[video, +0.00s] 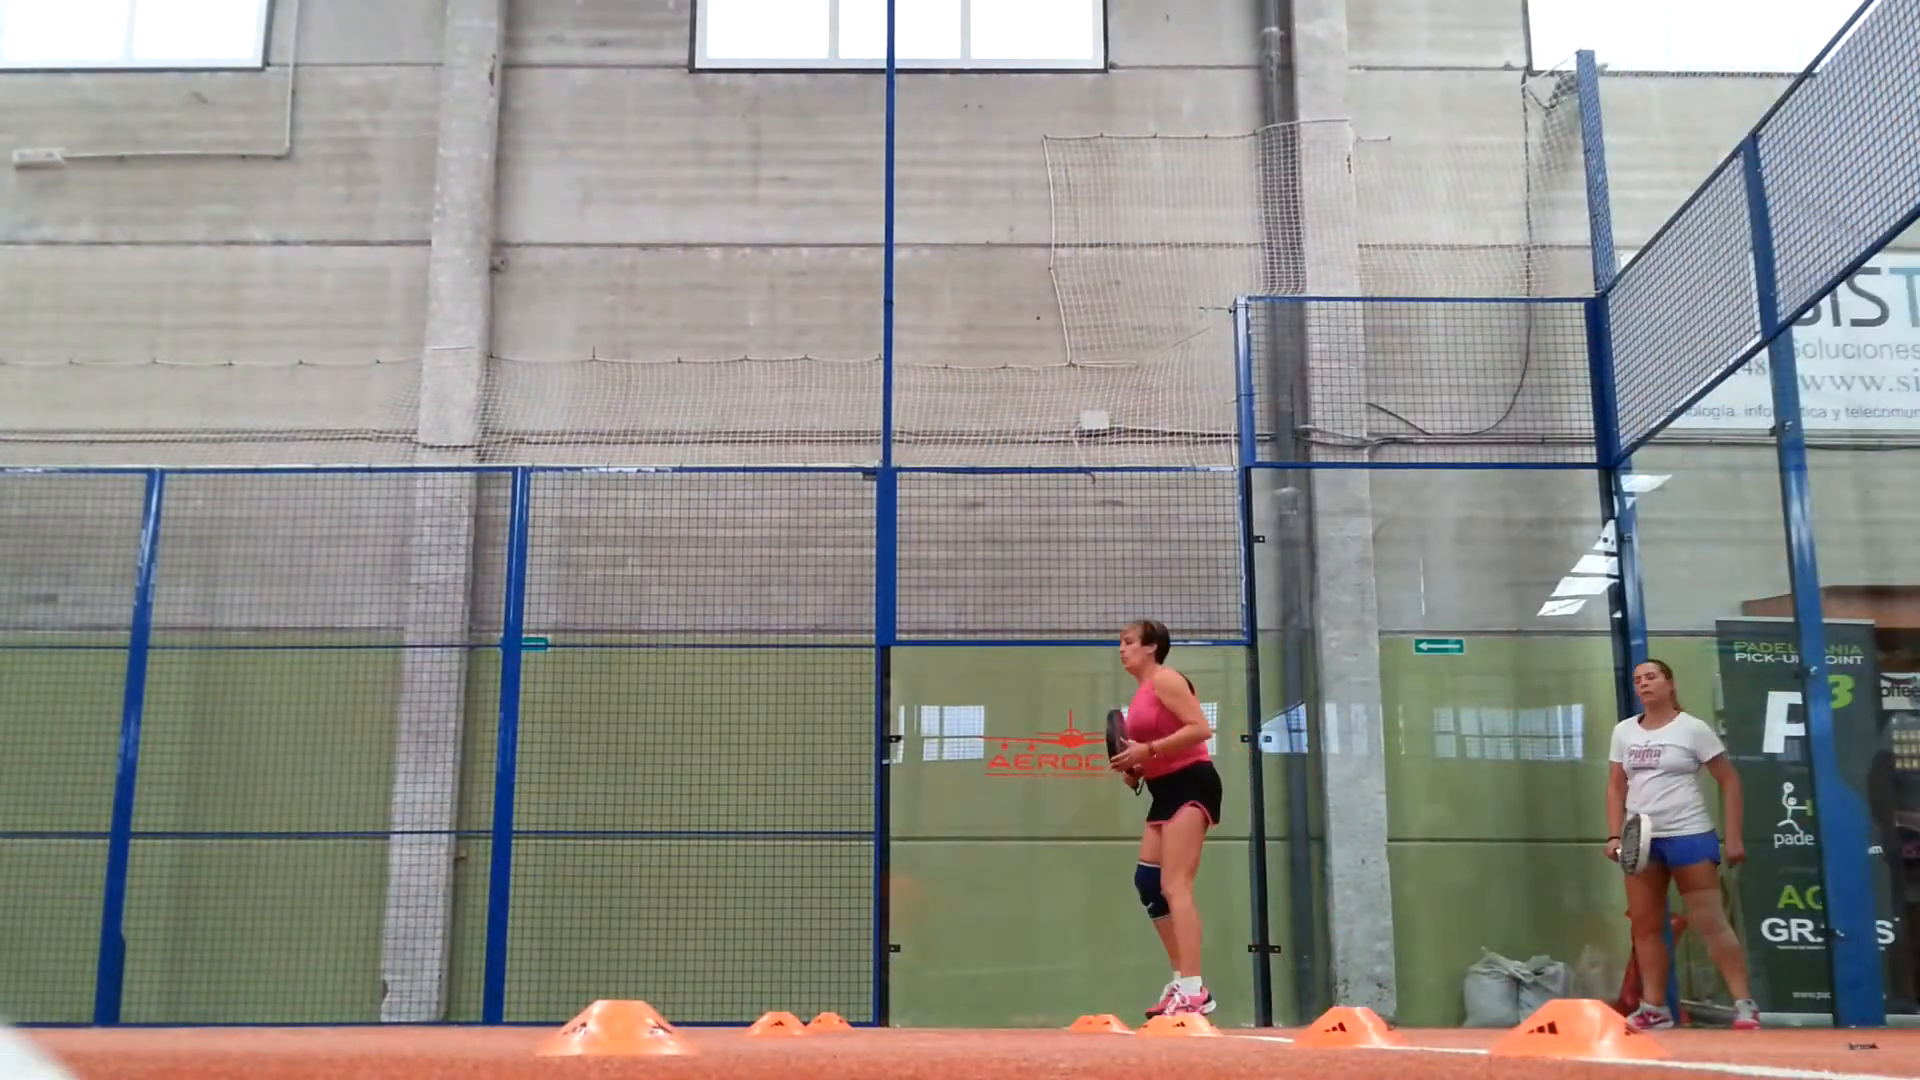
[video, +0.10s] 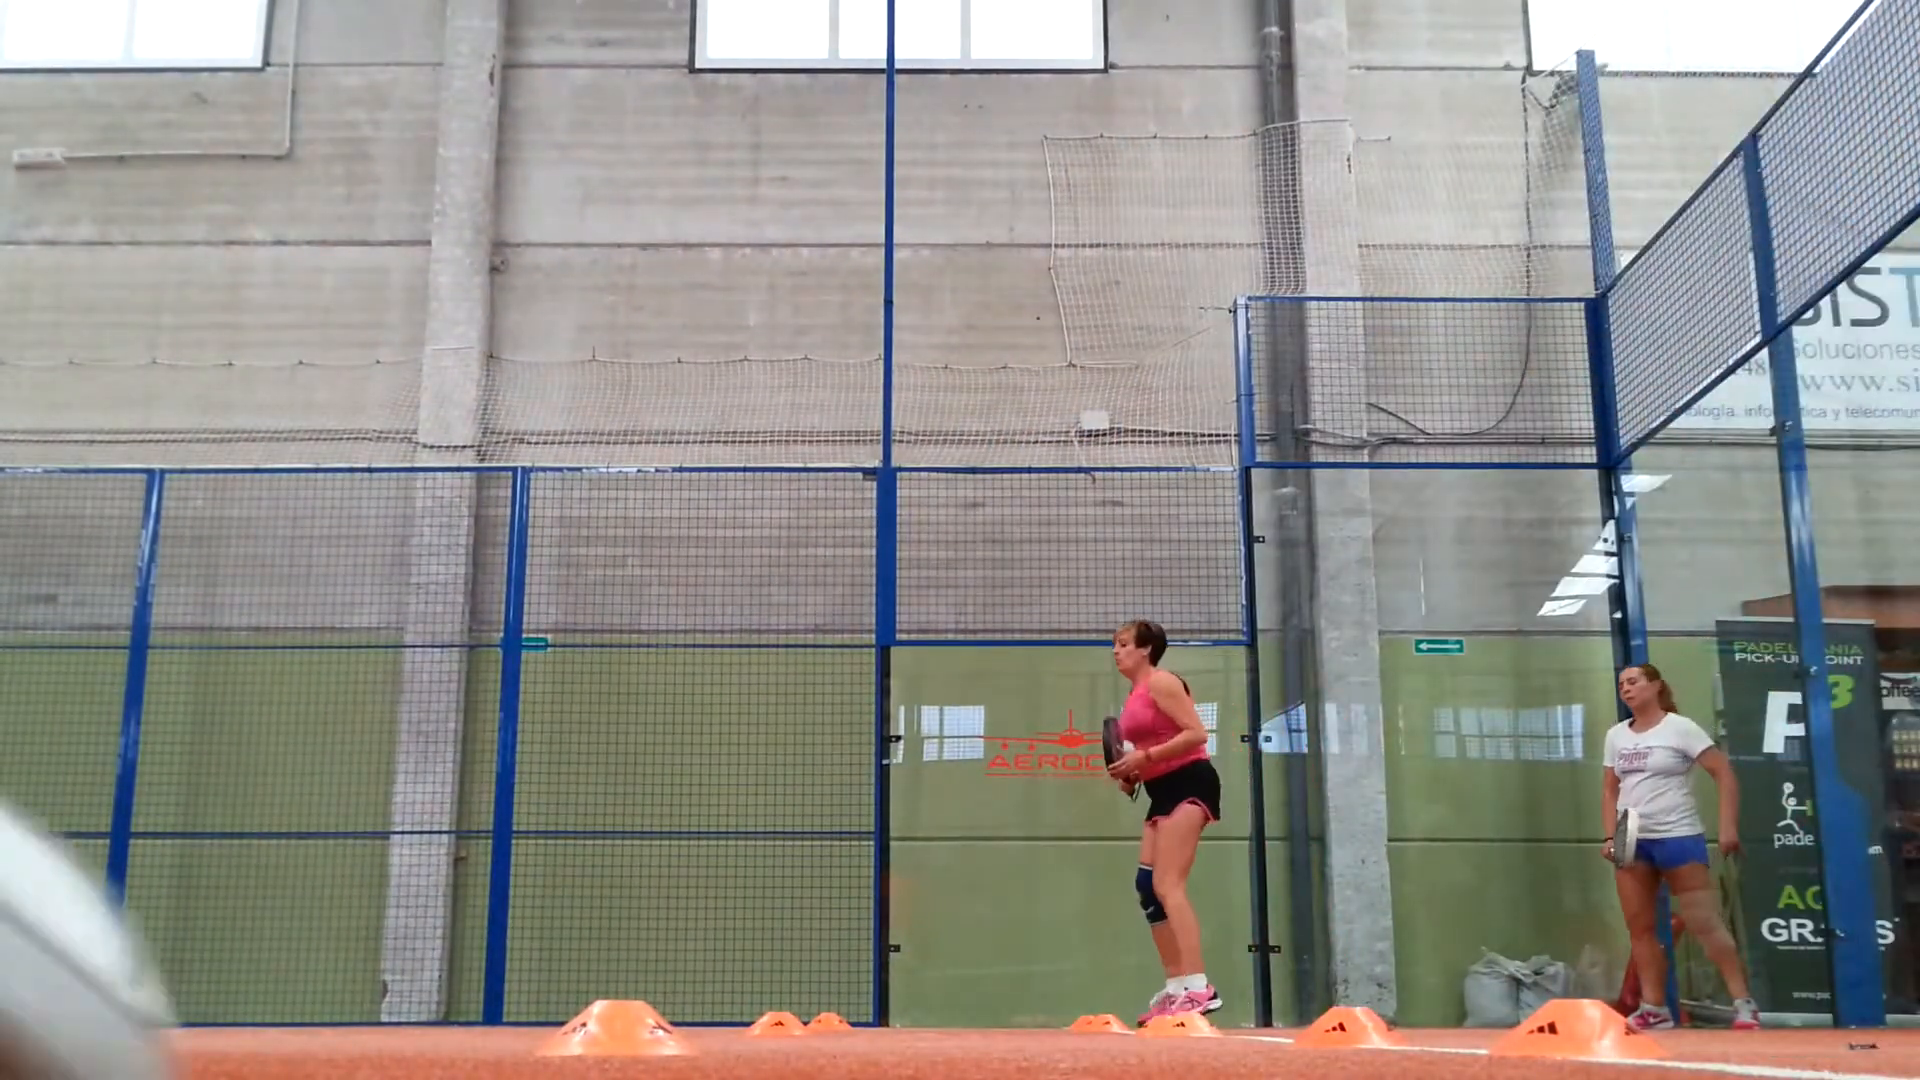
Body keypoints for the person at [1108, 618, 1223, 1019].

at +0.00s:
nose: (1122, 650)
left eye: (1128, 643)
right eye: (1121, 644)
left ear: (1151, 648)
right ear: (1132, 651)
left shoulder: (1166, 680)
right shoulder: (1140, 693)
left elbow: (1200, 728)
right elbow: (1158, 746)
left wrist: (1150, 749)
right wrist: (1135, 765)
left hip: (1190, 784)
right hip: (1164, 790)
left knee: (1176, 884)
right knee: (1149, 884)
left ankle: (1194, 990)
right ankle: (1183, 982)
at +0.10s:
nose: (1116, 651)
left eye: (1124, 645)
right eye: (1115, 646)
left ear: (1146, 650)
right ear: (1122, 654)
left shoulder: (1161, 682)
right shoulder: (1136, 695)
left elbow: (1197, 733)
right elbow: (1148, 746)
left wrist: (1147, 757)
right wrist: (1130, 770)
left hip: (1189, 785)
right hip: (1163, 792)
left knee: (1169, 885)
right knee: (1148, 889)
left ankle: (1198, 988)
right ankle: (1176, 988)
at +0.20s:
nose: (1112, 672)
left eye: (1119, 665)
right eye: (1112, 666)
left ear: (1142, 672)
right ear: (1128, 675)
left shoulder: (1159, 704)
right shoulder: (1135, 714)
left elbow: (1192, 757)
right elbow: (1147, 768)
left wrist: (1142, 782)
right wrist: (1126, 792)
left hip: (1184, 808)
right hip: (1159, 813)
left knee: (1159, 905)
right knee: (1142, 908)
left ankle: (1207, 1000)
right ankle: (1183, 1003)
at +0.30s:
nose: (1107, 675)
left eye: (1115, 668)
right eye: (1108, 669)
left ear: (1138, 674)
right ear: (1127, 677)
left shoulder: (1156, 705)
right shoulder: (1135, 715)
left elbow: (1194, 753)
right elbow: (1148, 767)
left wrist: (1147, 781)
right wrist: (1126, 792)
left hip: (1180, 809)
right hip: (1154, 813)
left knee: (1157, 905)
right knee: (1138, 907)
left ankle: (1207, 1001)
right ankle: (1183, 1003)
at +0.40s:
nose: (1102, 654)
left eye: (1108, 647)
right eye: (1101, 648)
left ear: (1131, 650)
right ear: (1119, 653)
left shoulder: (1152, 680)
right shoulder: (1128, 691)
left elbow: (1193, 723)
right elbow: (1140, 742)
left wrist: (1148, 755)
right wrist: (1127, 769)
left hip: (1177, 784)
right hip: (1152, 789)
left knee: (1165, 884)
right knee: (1143, 888)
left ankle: (1198, 986)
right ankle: (1171, 987)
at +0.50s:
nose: (1095, 650)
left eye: (1101, 642)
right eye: (1094, 643)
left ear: (1125, 644)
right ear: (1115, 648)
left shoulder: (1146, 673)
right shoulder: (1122, 687)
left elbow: (1191, 716)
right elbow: (1134, 737)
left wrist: (1146, 751)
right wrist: (1125, 765)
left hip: (1179, 777)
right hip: (1151, 784)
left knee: (1162, 879)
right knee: (1139, 882)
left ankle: (1199, 982)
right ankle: (1168, 981)